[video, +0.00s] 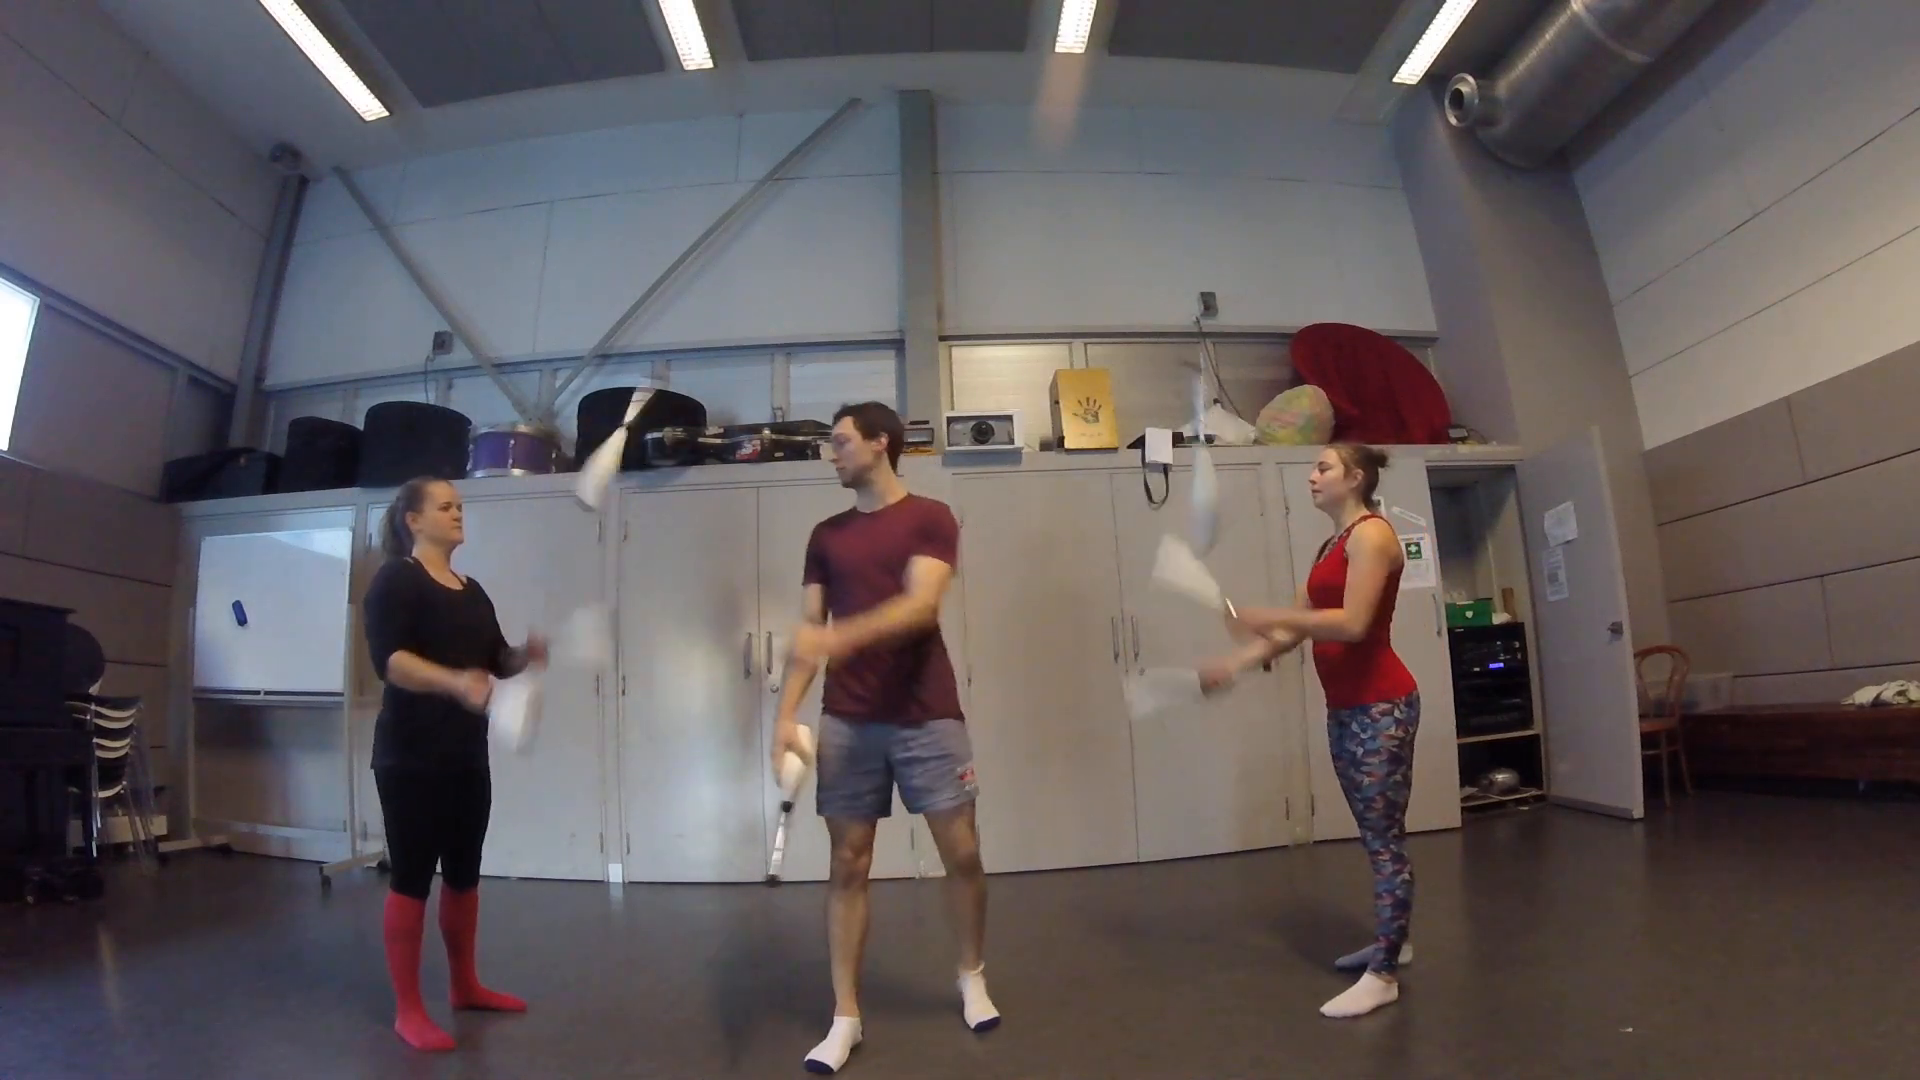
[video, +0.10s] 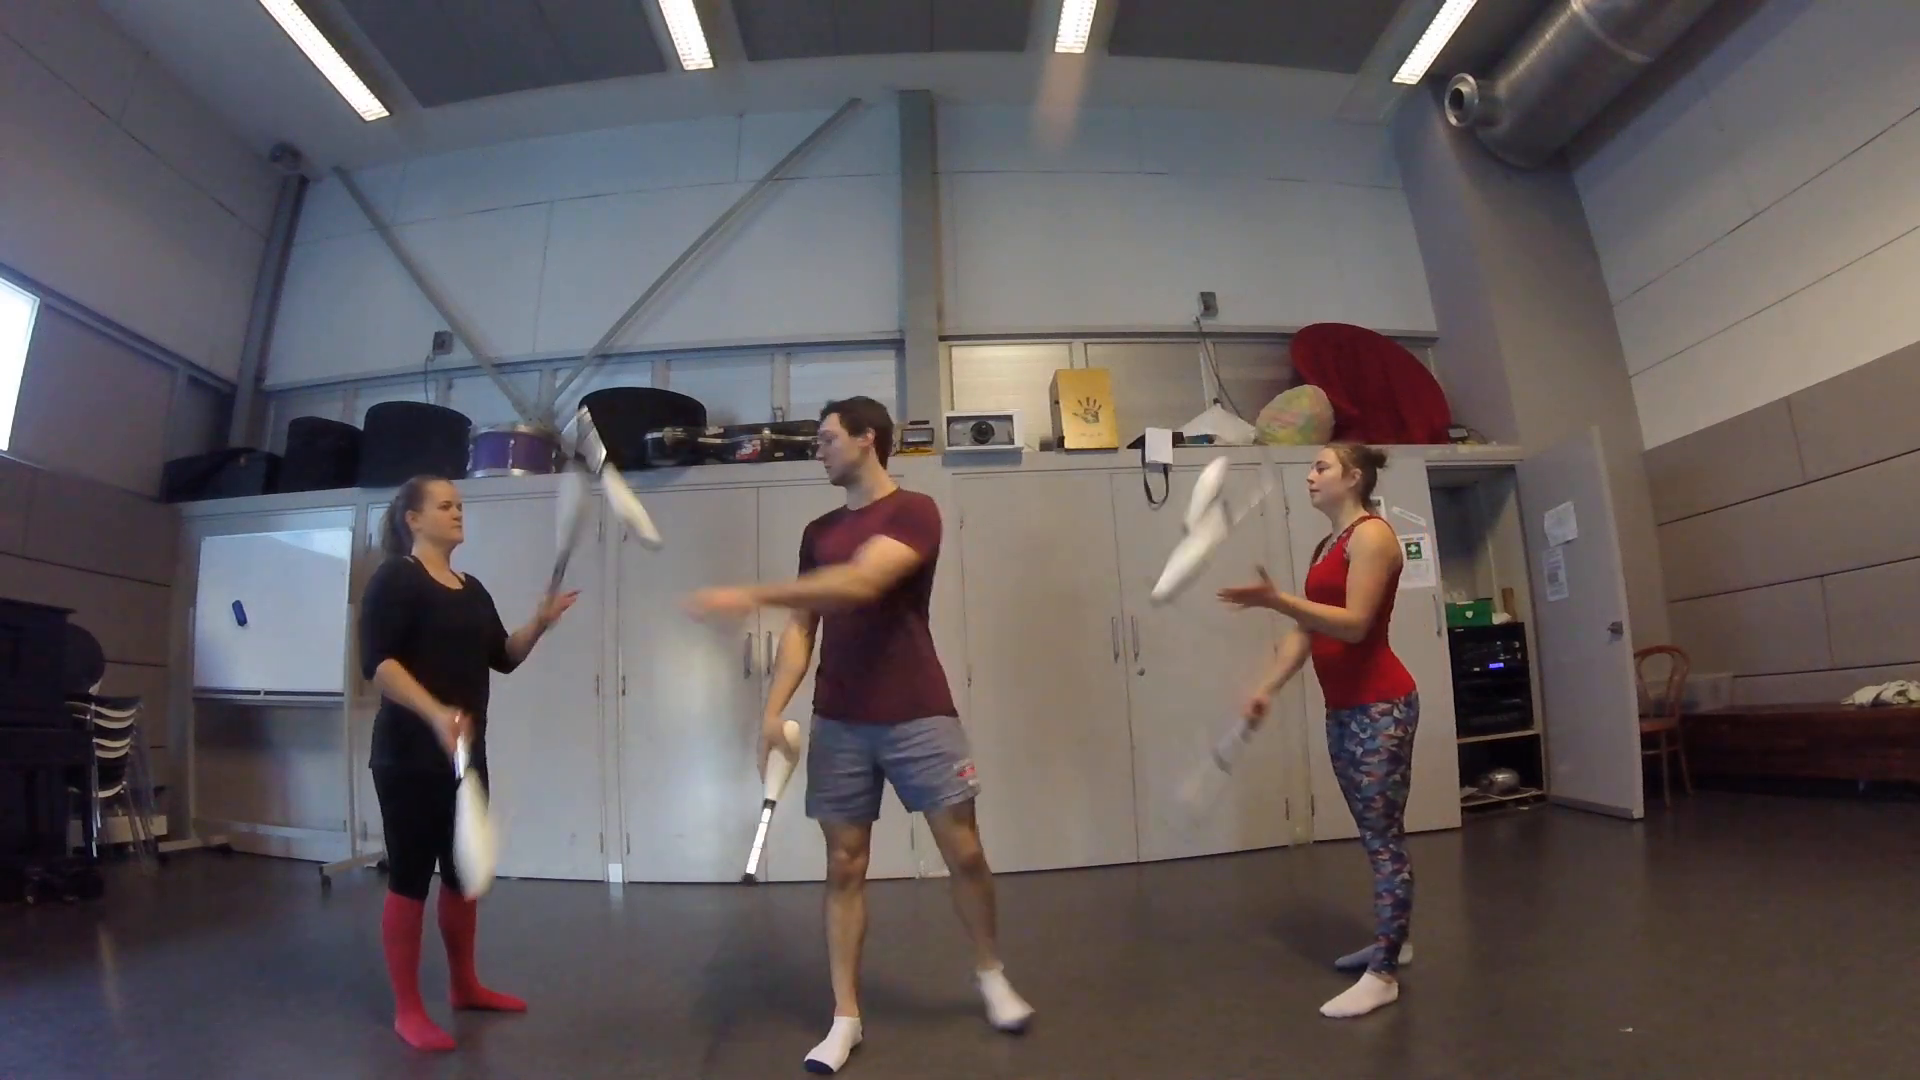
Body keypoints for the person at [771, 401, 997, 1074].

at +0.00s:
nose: (831, 453)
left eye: (842, 442)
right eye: (832, 443)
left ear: (882, 446)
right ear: (858, 451)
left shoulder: (931, 517)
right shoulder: (827, 535)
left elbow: (923, 607)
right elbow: (813, 632)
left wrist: (837, 638)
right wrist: (786, 716)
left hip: (926, 716)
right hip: (849, 722)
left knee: (964, 855)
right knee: (849, 865)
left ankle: (971, 973)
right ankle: (845, 1015)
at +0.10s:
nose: (818, 451)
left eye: (827, 440)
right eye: (817, 442)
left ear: (868, 442)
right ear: (855, 445)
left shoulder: (915, 511)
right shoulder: (820, 535)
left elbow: (863, 583)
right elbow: (802, 630)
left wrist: (755, 596)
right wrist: (774, 711)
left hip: (917, 714)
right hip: (839, 720)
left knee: (966, 854)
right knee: (844, 866)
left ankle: (990, 971)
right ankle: (845, 1018)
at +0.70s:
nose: (876, 443)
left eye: (885, 432)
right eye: (862, 432)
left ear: (898, 440)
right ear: (833, 443)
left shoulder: (918, 498)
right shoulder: (814, 537)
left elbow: (910, 570)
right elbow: (797, 640)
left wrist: (807, 598)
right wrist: (779, 732)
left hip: (937, 711)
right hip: (857, 721)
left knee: (979, 860)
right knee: (856, 871)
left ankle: (996, 995)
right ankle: (848, 1017)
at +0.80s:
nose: (924, 445)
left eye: (925, 435)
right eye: (912, 433)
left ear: (913, 446)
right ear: (870, 440)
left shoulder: (936, 509)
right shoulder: (830, 532)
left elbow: (987, 586)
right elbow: (813, 637)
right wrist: (824, 736)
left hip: (953, 719)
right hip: (874, 726)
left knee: (981, 859)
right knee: (861, 872)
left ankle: (991, 998)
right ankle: (848, 1019)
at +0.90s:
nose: (952, 444)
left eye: (952, 433)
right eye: (942, 433)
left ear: (921, 439)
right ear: (902, 436)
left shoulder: (943, 515)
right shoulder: (868, 523)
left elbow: (993, 587)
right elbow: (884, 636)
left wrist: (1030, 606)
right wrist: (926, 732)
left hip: (960, 710)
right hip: (888, 716)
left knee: (982, 854)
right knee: (874, 871)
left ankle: (992, 997)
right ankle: (849, 1016)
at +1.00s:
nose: (974, 445)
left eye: (973, 434)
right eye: (966, 433)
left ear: (932, 435)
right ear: (928, 435)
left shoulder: (934, 513)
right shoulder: (907, 514)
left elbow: (957, 604)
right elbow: (959, 629)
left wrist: (1018, 613)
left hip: (966, 710)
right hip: (915, 715)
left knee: (977, 858)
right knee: (904, 869)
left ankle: (991, 999)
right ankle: (852, 1010)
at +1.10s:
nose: (991, 444)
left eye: (989, 432)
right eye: (984, 431)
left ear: (941, 435)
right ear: (949, 434)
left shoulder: (914, 509)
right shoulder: (958, 511)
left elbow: (935, 612)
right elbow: (1028, 608)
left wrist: (998, 625)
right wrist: (1111, 664)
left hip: (949, 704)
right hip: (937, 709)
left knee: (976, 858)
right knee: (936, 866)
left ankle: (993, 999)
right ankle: (875, 1014)